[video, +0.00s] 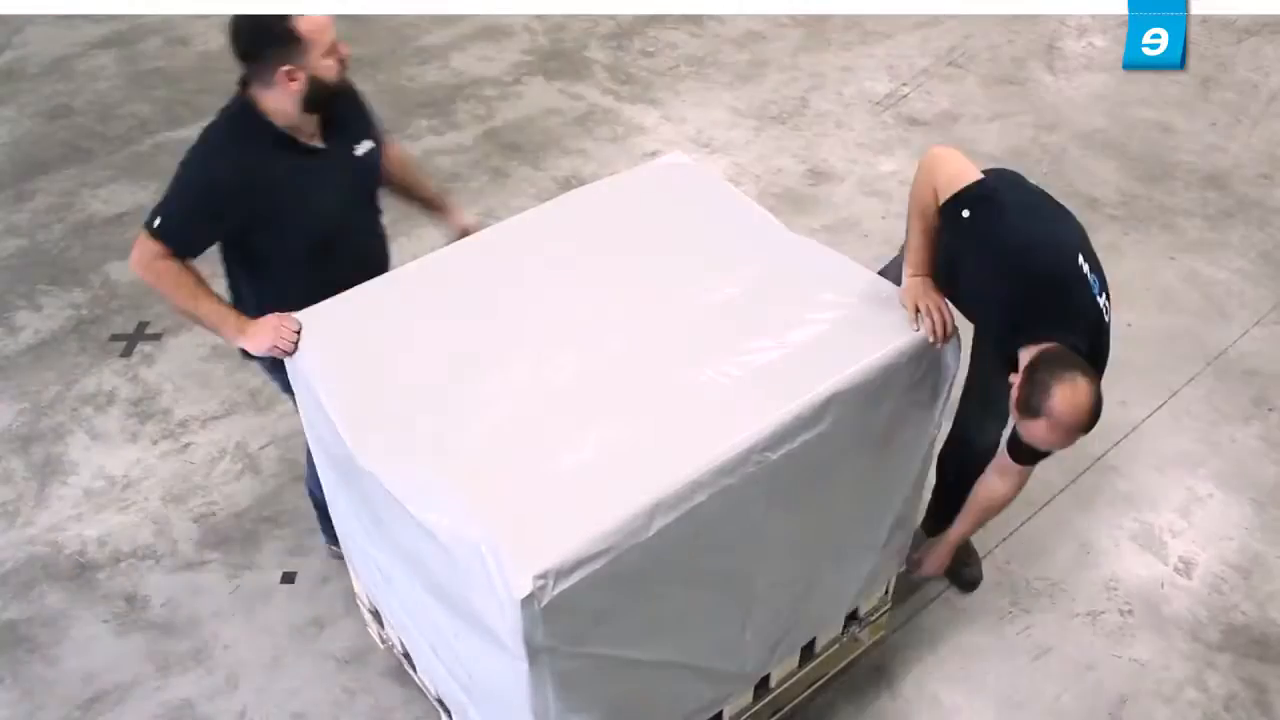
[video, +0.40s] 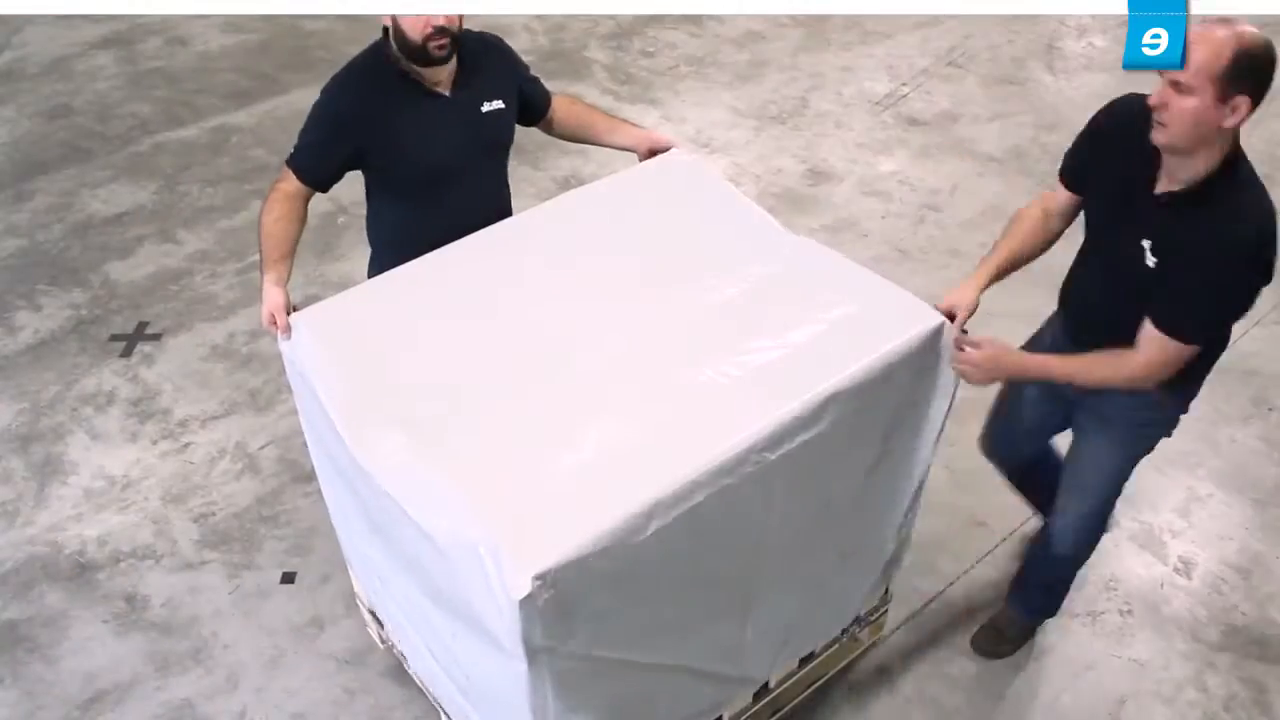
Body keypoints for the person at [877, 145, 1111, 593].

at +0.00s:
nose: (1030, 451)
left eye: (1042, 451)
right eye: (1029, 443)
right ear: (1017, 385)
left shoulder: (1070, 383)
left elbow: (1006, 475)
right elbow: (936, 164)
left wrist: (948, 542)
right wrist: (918, 276)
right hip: (960, 247)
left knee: (980, 437)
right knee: (865, 342)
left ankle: (942, 530)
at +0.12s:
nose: (1044, 383)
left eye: (1057, 379)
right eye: (1040, 371)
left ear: (1093, 351)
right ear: (1027, 315)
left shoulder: (1100, 336)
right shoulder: (1001, 221)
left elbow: (1020, 444)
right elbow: (935, 226)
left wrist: (963, 518)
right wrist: (964, 325)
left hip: (1104, 269)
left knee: (1033, 451)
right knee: (953, 368)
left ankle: (1029, 589)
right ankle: (925, 482)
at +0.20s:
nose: (1015, 493)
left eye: (1022, 489)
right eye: (1001, 482)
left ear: (1056, 459)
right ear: (990, 429)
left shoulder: (1088, 463)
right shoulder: (988, 361)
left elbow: (1033, 527)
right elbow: (966, 428)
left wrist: (965, 569)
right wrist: (933, 506)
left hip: (1212, 324)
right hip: (1140, 257)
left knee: (1095, 479)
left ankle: (1025, 610)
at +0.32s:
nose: (1075, 300)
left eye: (1087, 303)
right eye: (1078, 284)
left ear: (1139, 310)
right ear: (1104, 241)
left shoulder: (1182, 331)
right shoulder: (1083, 206)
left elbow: (1107, 446)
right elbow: (1034, 256)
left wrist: (1024, 503)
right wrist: (1013, 323)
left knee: (1096, 476)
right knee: (1077, 406)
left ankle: (1030, 602)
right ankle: (1072, 473)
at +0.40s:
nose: (1155, 97)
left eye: (1181, 89)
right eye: (1162, 78)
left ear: (1234, 112)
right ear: (1158, 70)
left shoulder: (1242, 228)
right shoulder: (1126, 121)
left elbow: (1149, 365)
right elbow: (1052, 210)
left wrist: (1016, 365)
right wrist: (975, 283)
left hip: (1142, 383)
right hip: (1069, 332)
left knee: (1073, 520)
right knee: (1004, 444)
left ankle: (1027, 605)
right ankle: (1069, 515)